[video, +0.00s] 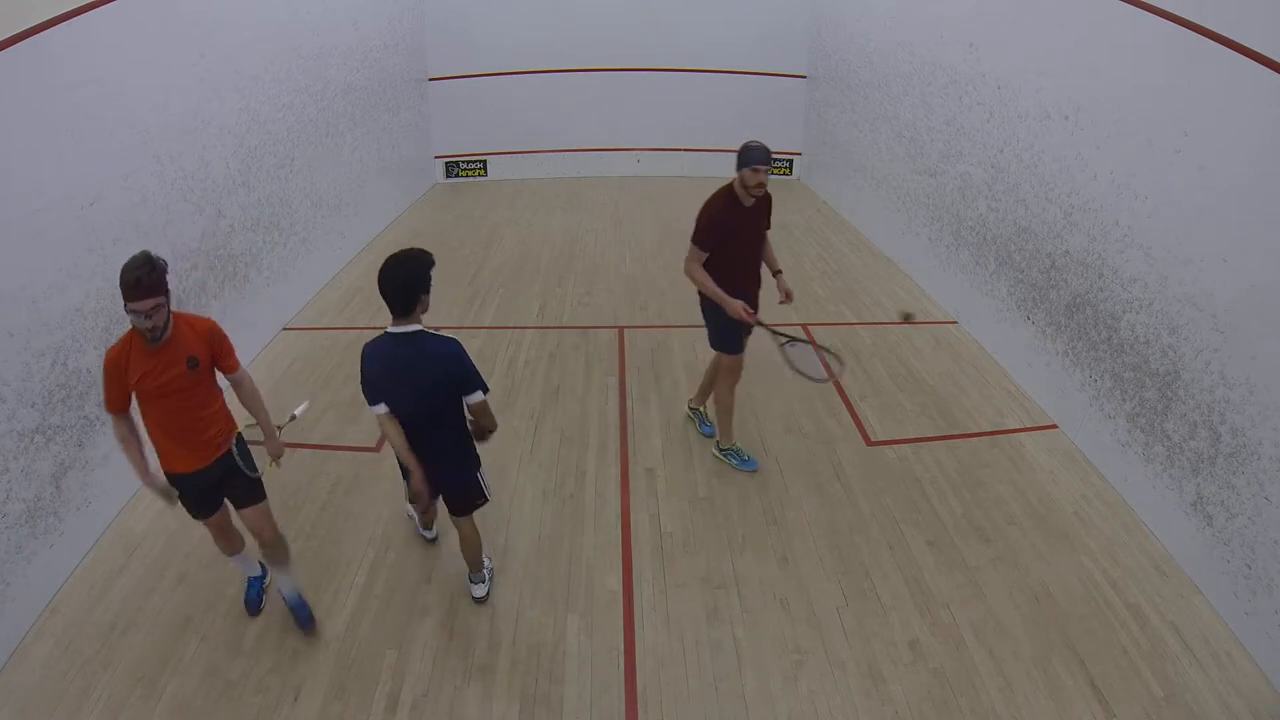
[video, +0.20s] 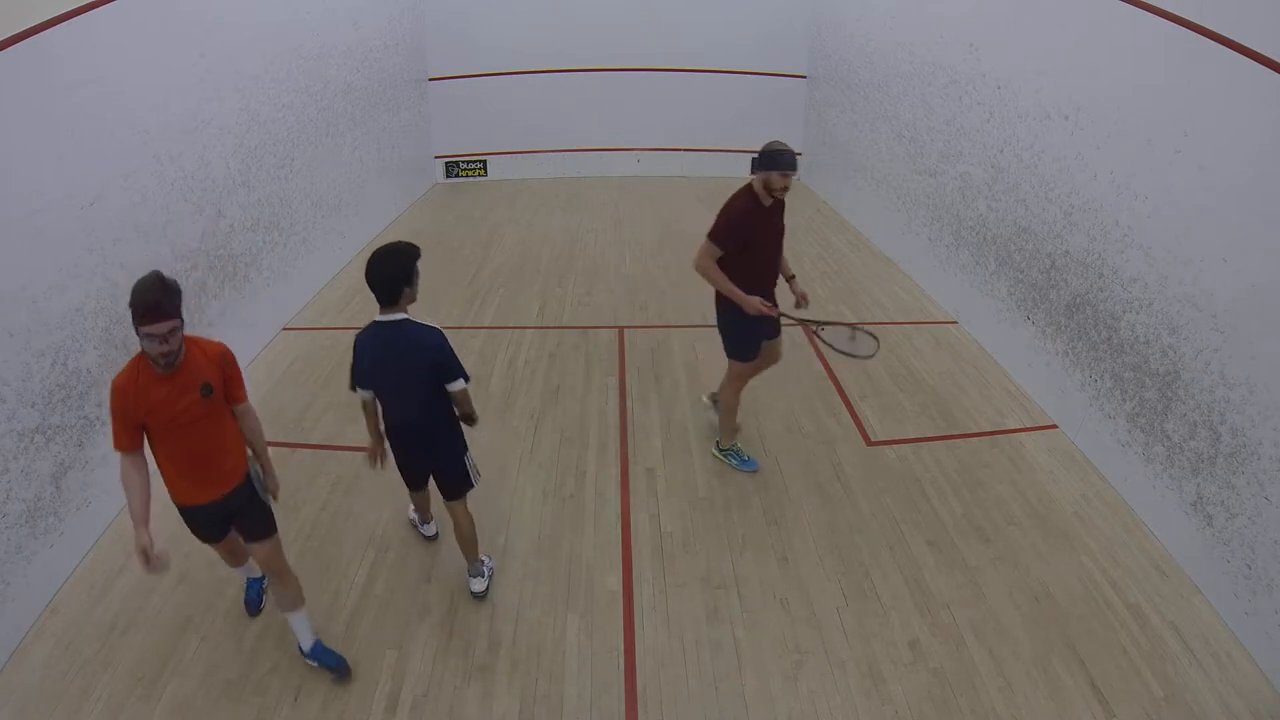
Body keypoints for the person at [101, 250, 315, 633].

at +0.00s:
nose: (148, 322)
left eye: (155, 310)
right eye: (137, 314)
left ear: (168, 296)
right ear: (125, 308)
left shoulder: (202, 332)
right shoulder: (119, 360)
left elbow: (240, 380)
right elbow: (120, 418)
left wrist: (269, 432)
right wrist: (146, 477)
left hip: (227, 450)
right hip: (183, 469)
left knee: (265, 533)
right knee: (220, 529)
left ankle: (289, 589)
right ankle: (253, 572)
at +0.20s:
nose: (164, 346)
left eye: (171, 333)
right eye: (152, 338)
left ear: (182, 320)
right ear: (136, 333)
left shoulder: (215, 357)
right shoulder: (127, 389)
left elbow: (244, 413)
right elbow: (132, 459)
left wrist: (267, 467)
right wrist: (141, 528)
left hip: (239, 483)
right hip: (193, 501)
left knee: (274, 565)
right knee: (227, 548)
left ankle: (309, 642)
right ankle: (254, 574)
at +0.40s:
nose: (183, 356)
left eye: (190, 342)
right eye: (169, 348)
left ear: (200, 329)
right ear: (150, 343)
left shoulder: (234, 368)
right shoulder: (138, 408)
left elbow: (265, 431)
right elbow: (144, 486)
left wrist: (296, 489)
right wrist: (163, 563)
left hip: (266, 503)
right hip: (216, 531)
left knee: (292, 580)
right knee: (250, 605)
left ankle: (312, 649)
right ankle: (258, 615)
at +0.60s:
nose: (204, 369)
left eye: (211, 353)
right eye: (189, 361)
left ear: (219, 339)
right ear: (166, 358)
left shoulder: (250, 379)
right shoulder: (153, 435)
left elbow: (294, 439)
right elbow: (171, 511)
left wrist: (340, 502)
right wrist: (198, 577)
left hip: (286, 522)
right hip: (241, 555)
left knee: (304, 596)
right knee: (298, 638)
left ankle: (313, 651)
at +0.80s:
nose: (236, 398)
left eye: (239, 379)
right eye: (217, 391)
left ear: (245, 366)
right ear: (189, 396)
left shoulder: (278, 406)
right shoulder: (180, 478)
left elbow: (327, 468)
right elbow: (203, 549)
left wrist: (380, 527)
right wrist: (242, 611)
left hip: (322, 554)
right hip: (280, 597)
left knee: (324, 619)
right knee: (344, 670)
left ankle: (319, 654)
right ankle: (380, 714)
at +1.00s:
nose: (276, 418)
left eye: (276, 398)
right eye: (255, 414)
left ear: (280, 383)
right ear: (217, 419)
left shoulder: (308, 426)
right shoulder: (215, 518)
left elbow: (353, 491)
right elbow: (247, 613)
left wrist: (400, 549)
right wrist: (301, 689)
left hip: (366, 583)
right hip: (323, 633)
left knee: (411, 649)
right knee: (375, 700)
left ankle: (356, 665)